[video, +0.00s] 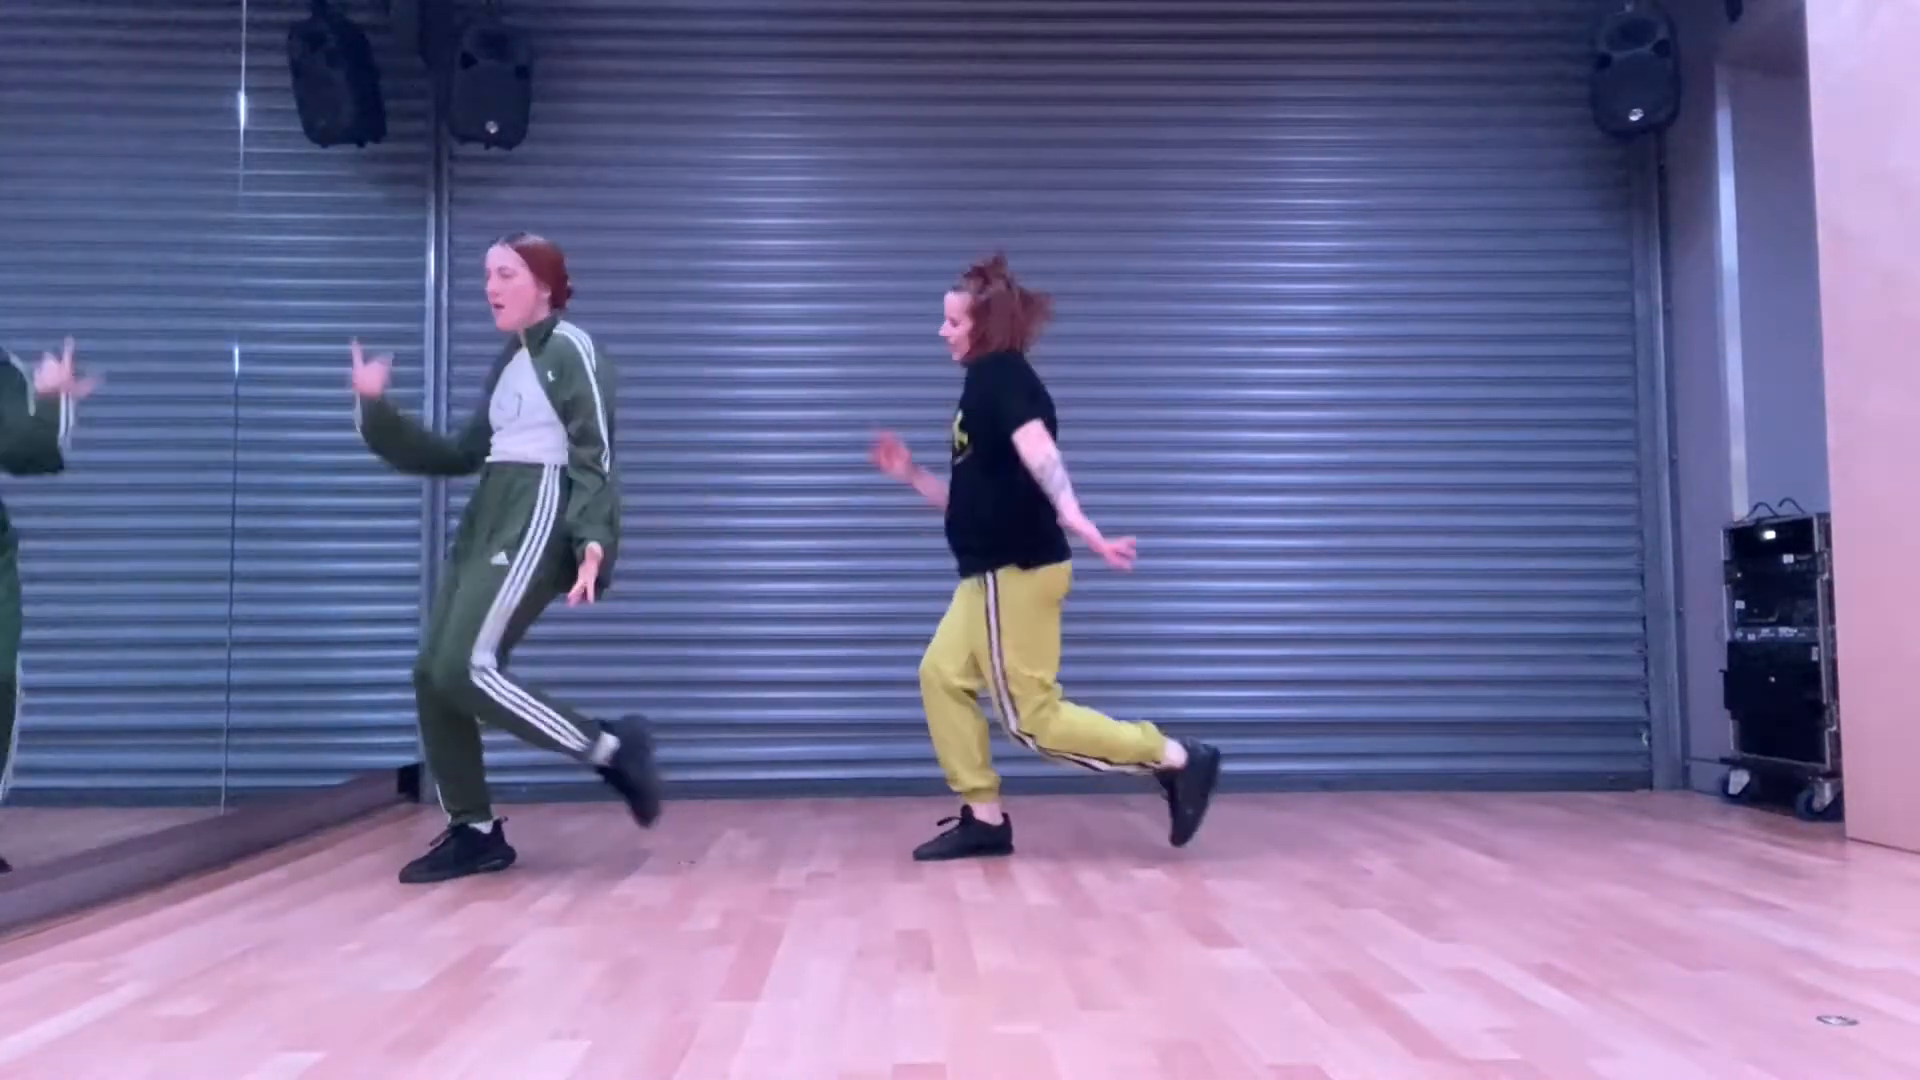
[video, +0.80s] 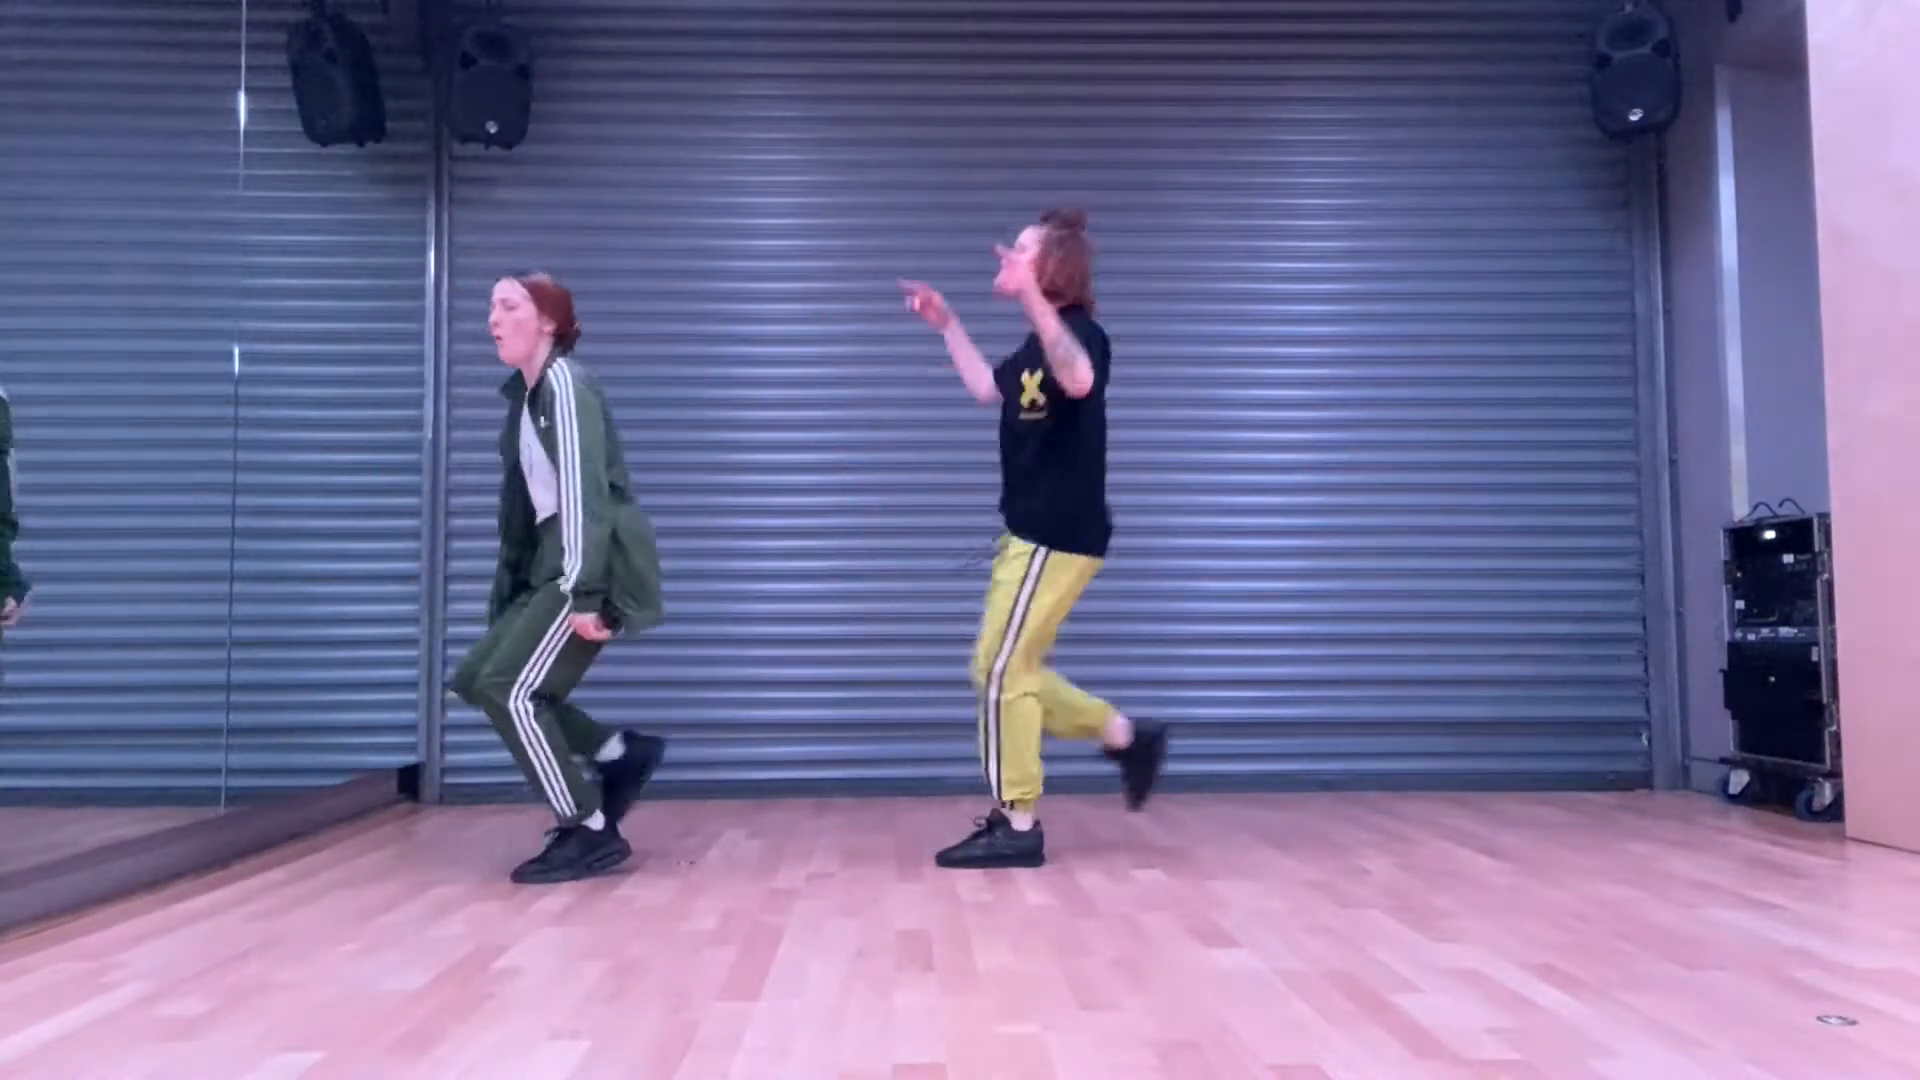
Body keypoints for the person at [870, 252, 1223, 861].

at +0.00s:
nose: (943, 331)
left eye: (953, 320)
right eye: (944, 319)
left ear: (987, 324)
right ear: (971, 323)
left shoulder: (1001, 375)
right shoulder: (981, 382)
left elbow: (1041, 457)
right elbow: (967, 500)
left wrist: (1088, 532)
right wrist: (911, 473)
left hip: (1021, 569)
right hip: (991, 570)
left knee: (1032, 718)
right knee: (942, 675)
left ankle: (1179, 761)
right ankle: (984, 818)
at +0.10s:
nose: (941, 298)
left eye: (948, 286)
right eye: (940, 287)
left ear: (981, 282)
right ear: (964, 285)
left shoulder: (1012, 323)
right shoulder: (978, 361)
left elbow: (1059, 371)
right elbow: (914, 415)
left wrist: (1085, 441)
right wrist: (882, 339)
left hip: (1008, 524)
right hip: (993, 527)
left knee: (955, 651)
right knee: (962, 662)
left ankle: (1099, 690)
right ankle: (985, 817)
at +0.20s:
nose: (929, 255)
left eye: (940, 244)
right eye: (928, 244)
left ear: (977, 241)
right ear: (944, 247)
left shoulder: (1008, 276)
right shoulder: (951, 314)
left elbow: (1076, 293)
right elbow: (874, 318)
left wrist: (1075, 345)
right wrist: (861, 236)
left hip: (1024, 469)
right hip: (1033, 486)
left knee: (900, 511)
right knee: (1001, 634)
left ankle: (1003, 623)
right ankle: (983, 795)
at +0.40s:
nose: (935, 272)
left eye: (943, 262)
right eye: (934, 262)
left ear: (978, 262)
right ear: (957, 267)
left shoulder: (1024, 306)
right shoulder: (954, 330)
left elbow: (1085, 309)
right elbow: (886, 358)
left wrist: (1025, 353)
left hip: (1026, 486)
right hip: (995, 495)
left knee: (877, 479)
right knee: (983, 641)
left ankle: (965, 604)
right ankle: (988, 809)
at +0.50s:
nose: (954, 294)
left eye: (964, 283)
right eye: (953, 283)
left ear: (999, 279)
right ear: (991, 283)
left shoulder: (1054, 331)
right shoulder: (995, 354)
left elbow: (1075, 406)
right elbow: (961, 437)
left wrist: (1006, 462)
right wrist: (892, 465)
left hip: (985, 510)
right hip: (994, 514)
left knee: (885, 621)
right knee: (973, 654)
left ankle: (999, 727)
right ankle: (988, 817)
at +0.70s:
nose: (981, 299)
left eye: (992, 288)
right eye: (984, 287)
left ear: (1026, 295)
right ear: (1021, 294)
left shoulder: (1065, 360)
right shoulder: (1040, 361)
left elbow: (1063, 455)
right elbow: (1006, 459)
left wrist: (1005, 473)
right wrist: (935, 439)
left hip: (1022, 551)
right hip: (996, 542)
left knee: (965, 678)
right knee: (908, 636)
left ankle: (1013, 826)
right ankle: (1003, 748)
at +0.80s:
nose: (1004, 257)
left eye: (1017, 249)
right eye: (1010, 248)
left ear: (1046, 267)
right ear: (1042, 269)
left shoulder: (1081, 334)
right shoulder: (1036, 345)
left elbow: (1077, 379)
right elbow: (987, 388)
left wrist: (1032, 299)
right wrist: (949, 326)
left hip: (1060, 537)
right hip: (1030, 533)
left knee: (1005, 671)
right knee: (998, 668)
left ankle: (1017, 825)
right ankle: (1126, 740)